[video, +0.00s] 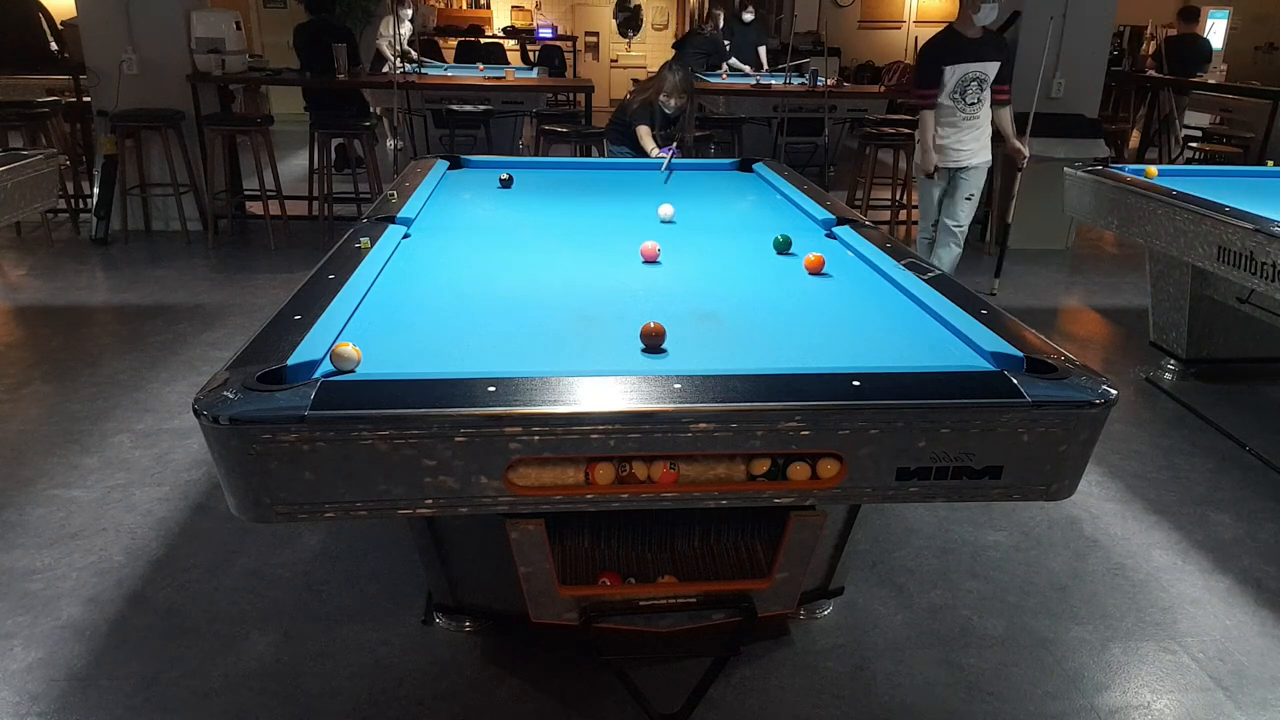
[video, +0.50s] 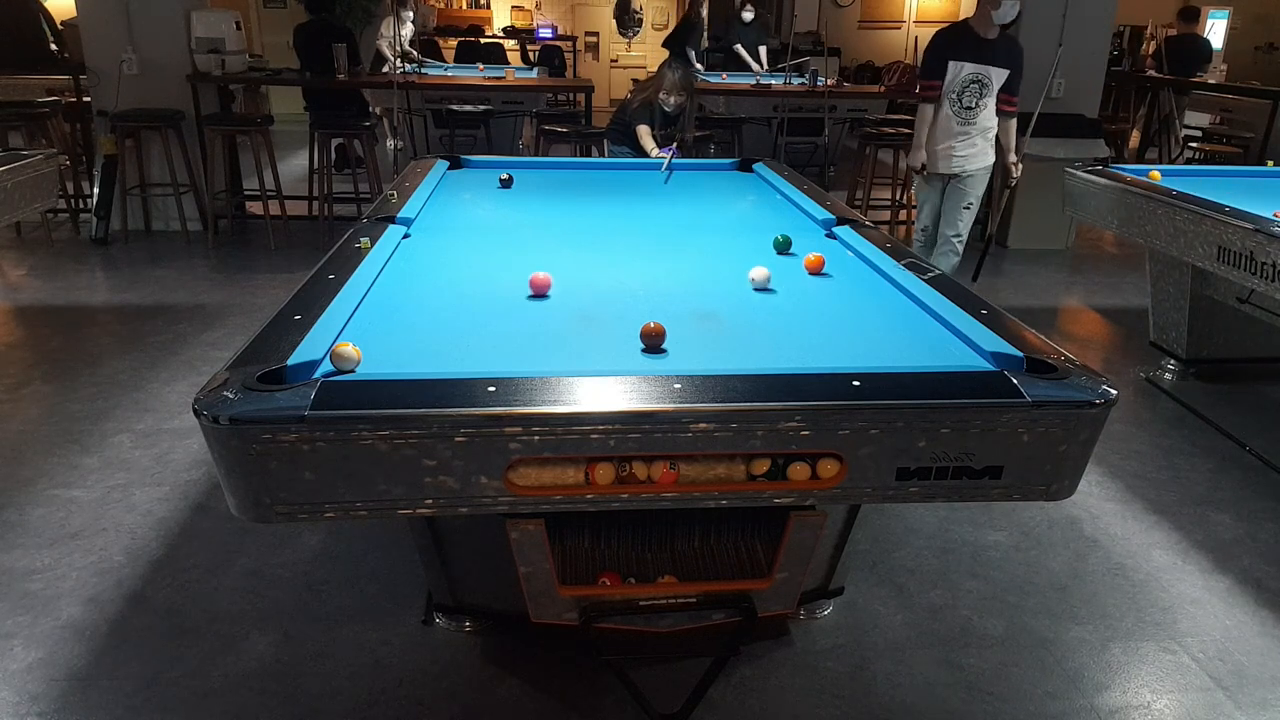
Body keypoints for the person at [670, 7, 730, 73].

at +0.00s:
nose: (723, 22)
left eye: (723, 19)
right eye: (722, 19)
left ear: (708, 19)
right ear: (717, 20)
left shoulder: (694, 31)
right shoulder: (715, 35)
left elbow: (676, 45)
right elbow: (724, 57)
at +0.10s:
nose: (720, 20)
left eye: (720, 17)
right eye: (719, 17)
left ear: (703, 17)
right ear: (714, 18)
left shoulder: (692, 30)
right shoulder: (713, 34)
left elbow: (674, 45)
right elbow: (721, 59)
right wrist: (735, 66)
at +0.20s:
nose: (717, 16)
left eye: (717, 13)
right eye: (716, 13)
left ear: (702, 14)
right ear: (712, 15)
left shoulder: (691, 28)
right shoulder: (709, 31)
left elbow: (673, 44)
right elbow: (712, 59)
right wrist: (723, 67)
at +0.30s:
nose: (714, 14)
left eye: (713, 11)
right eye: (712, 12)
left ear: (699, 12)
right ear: (708, 13)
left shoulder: (690, 24)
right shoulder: (706, 27)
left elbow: (671, 44)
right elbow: (702, 54)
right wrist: (710, 67)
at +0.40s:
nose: (710, 12)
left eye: (709, 9)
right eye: (709, 9)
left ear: (694, 10)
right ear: (704, 11)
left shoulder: (686, 23)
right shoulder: (701, 25)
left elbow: (668, 44)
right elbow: (695, 50)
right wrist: (701, 66)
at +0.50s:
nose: (706, 10)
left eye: (706, 8)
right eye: (705, 8)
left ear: (691, 7)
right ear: (700, 8)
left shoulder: (685, 18)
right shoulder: (697, 21)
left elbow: (667, 43)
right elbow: (689, 47)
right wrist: (695, 64)